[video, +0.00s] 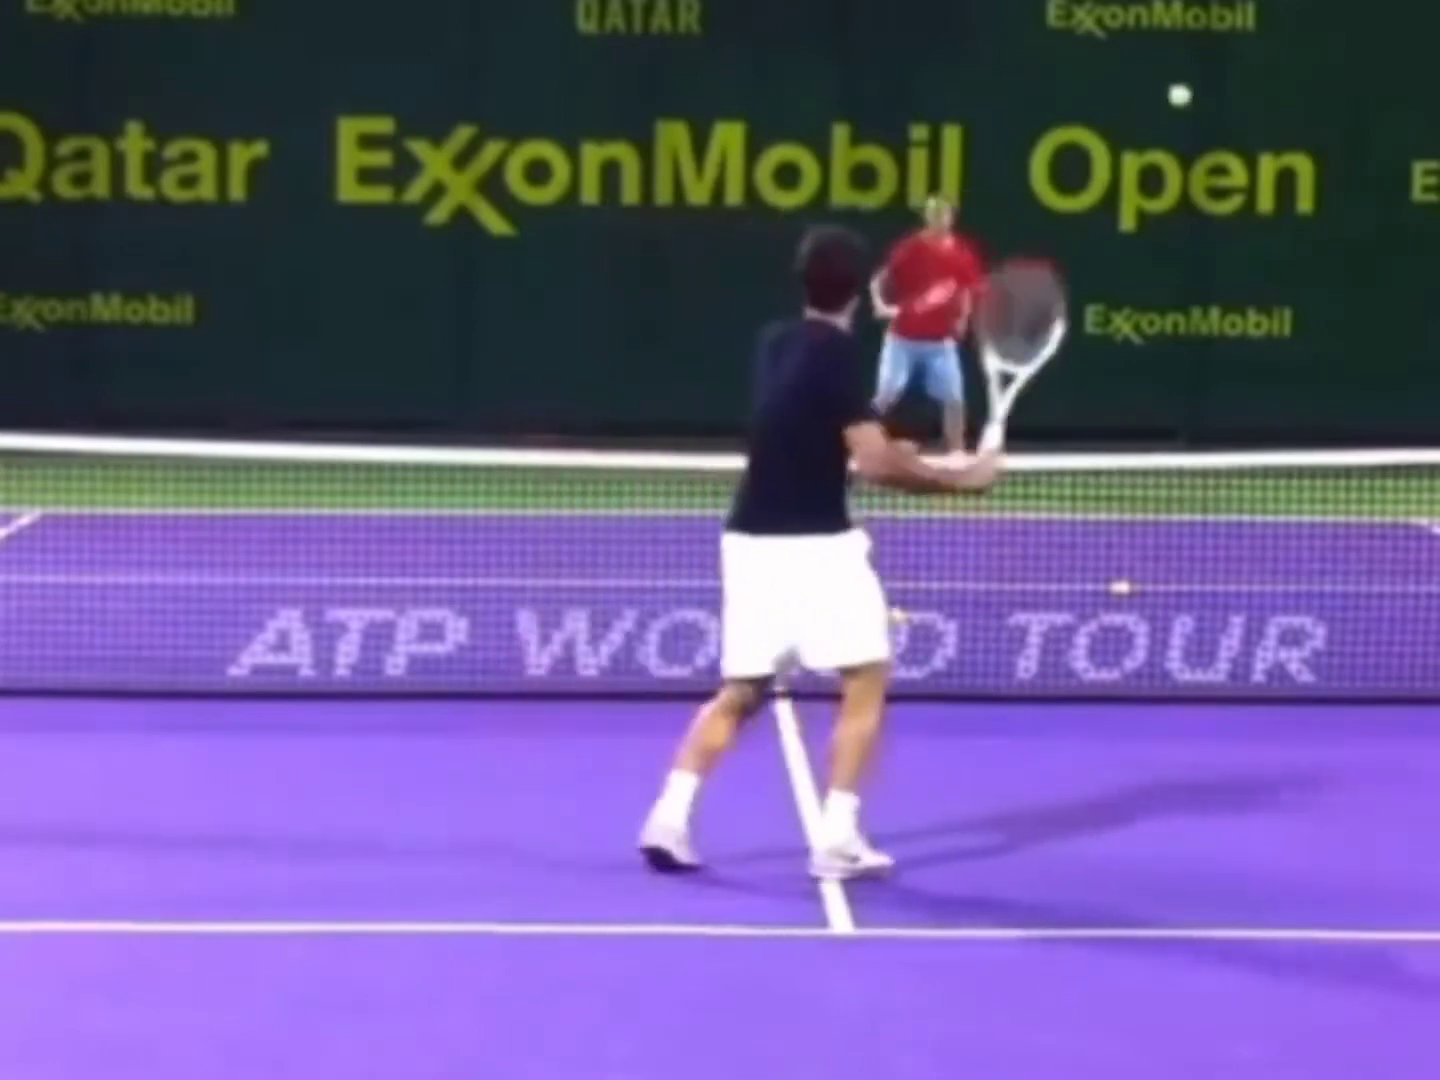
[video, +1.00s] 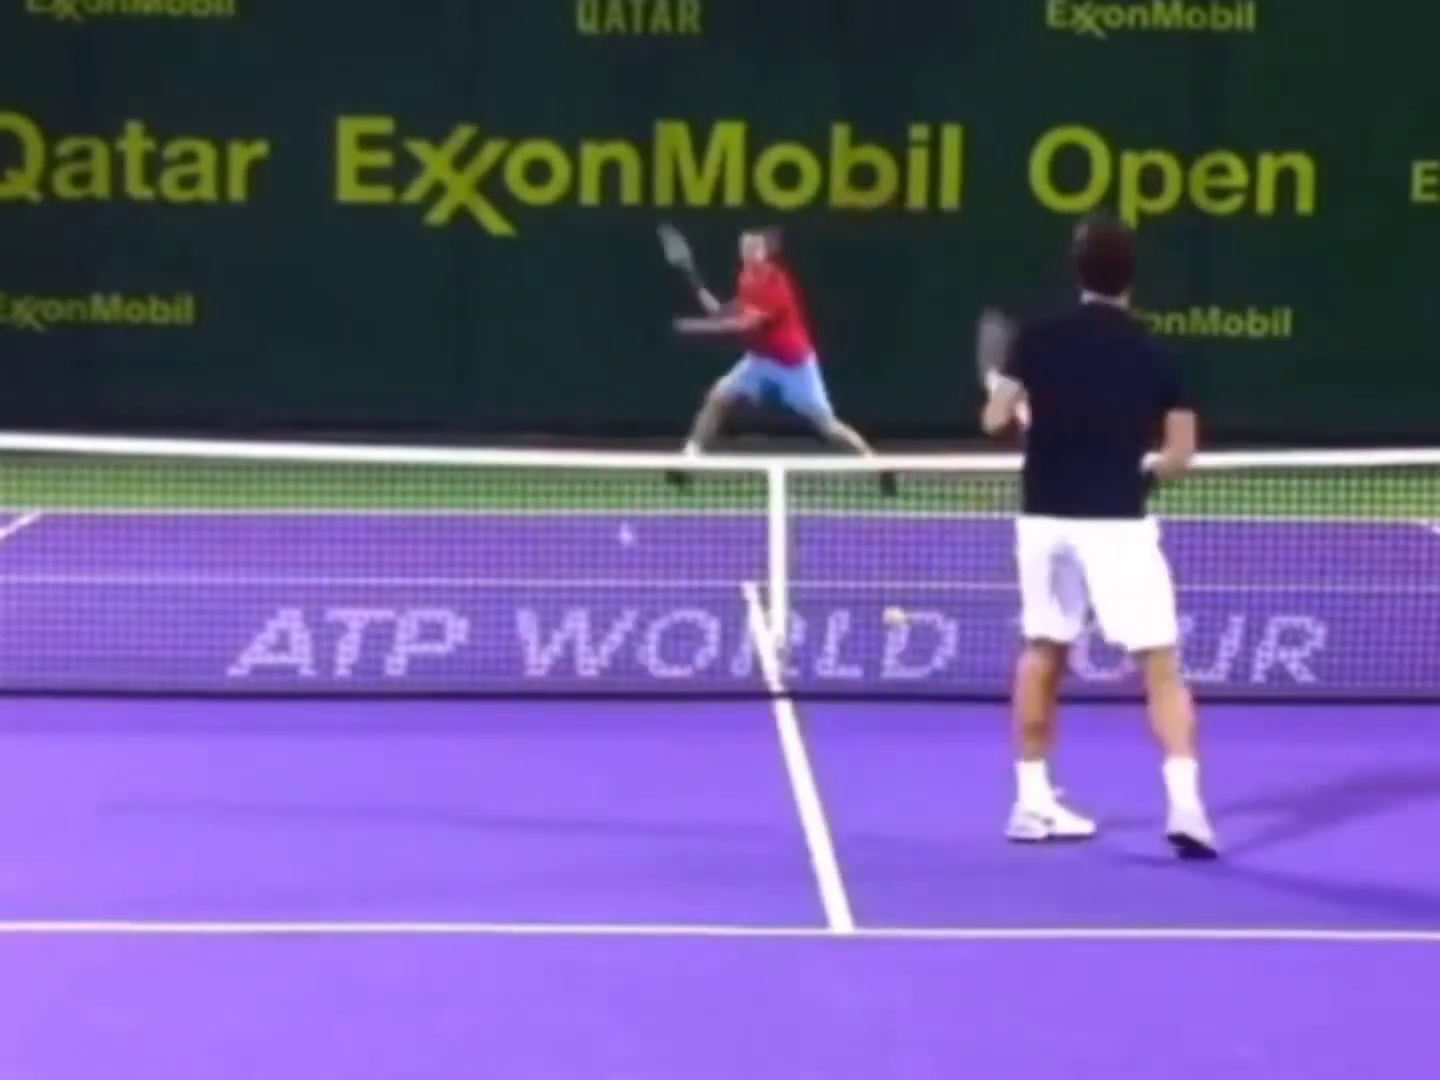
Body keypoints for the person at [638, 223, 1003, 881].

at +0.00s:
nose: (859, 289)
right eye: (860, 280)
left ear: (801, 285)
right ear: (859, 289)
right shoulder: (838, 354)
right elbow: (873, 457)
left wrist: (935, 462)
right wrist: (957, 473)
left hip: (749, 539)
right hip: (820, 542)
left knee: (740, 686)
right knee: (866, 682)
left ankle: (670, 816)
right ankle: (838, 830)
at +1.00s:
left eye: (1092, 266)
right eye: (1121, 268)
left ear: (1075, 275)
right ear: (1132, 277)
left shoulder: (1037, 339)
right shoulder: (1152, 350)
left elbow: (996, 422)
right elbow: (1179, 454)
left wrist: (1023, 414)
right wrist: (1144, 468)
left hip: (1043, 521)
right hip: (1119, 526)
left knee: (1041, 651)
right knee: (1160, 662)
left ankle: (1032, 797)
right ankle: (1185, 800)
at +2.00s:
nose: (817, 312)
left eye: (823, 306)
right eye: (818, 305)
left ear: (839, 320)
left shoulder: (867, 368)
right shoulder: (834, 372)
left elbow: (858, 427)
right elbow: (786, 387)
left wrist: (825, 349)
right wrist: (750, 355)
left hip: (900, 547)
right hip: (896, 544)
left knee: (874, 688)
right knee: (908, 678)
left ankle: (981, 803)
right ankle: (1017, 751)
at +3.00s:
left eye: (362, 281)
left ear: (355, 287)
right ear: (413, 289)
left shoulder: (328, 353)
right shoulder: (436, 357)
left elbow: (288, 442)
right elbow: (479, 451)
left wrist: (317, 460)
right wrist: (450, 490)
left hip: (340, 538)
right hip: (421, 538)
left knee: (296, 675)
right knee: (432, 668)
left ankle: (279, 821)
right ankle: (471, 796)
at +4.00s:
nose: (541, 318)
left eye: (542, 306)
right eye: (541, 306)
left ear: (558, 304)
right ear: (597, 295)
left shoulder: (595, 350)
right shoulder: (630, 354)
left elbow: (552, 394)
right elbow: (543, 428)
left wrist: (463, 401)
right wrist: (464, 444)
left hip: (618, 535)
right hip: (670, 533)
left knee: (559, 666)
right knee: (645, 663)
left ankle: (512, 810)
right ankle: (681, 793)